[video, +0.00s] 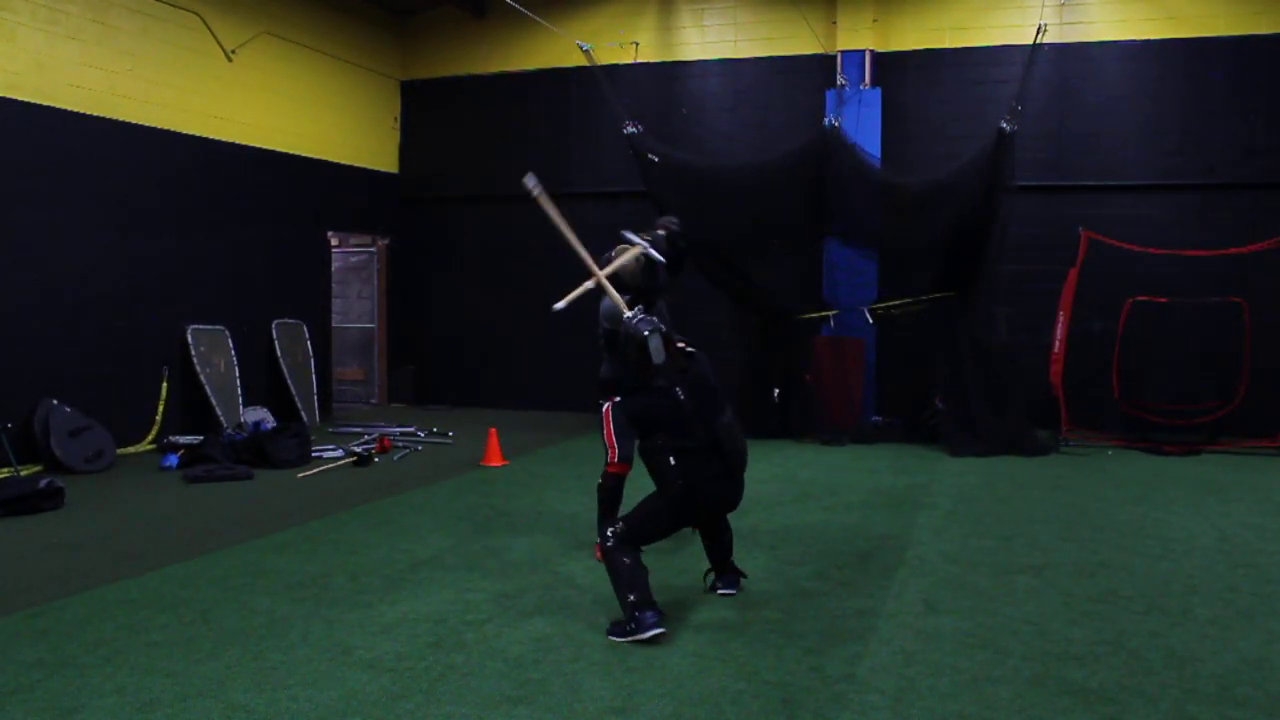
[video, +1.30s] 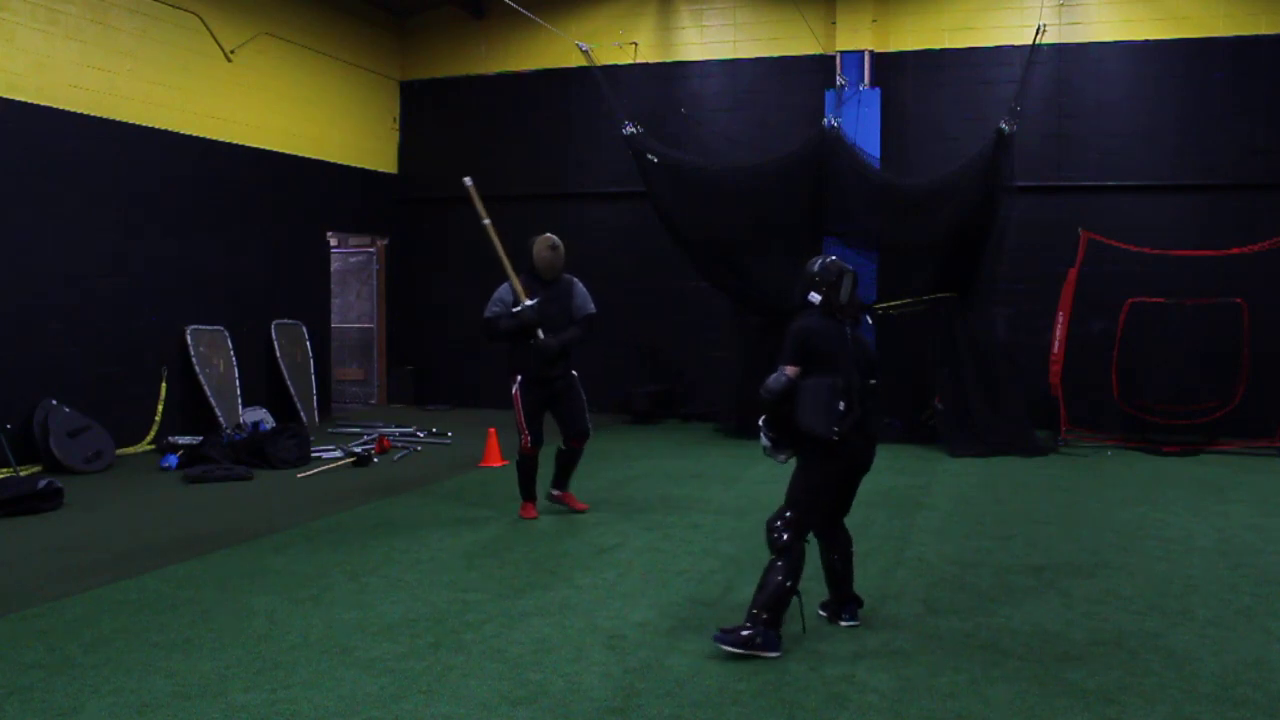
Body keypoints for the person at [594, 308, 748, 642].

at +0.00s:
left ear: (620, 363)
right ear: (662, 350)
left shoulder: (622, 403)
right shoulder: (692, 369)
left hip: (683, 495)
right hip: (728, 486)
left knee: (617, 538)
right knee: (703, 502)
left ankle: (641, 612)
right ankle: (727, 573)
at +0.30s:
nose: (639, 360)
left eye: (641, 352)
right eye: (639, 352)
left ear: (652, 353)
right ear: (680, 338)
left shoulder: (654, 394)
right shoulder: (718, 359)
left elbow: (650, 465)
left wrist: (625, 494)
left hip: (710, 481)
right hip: (754, 470)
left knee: (647, 533)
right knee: (747, 512)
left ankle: (645, 619)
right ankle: (788, 577)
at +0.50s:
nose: (686, 360)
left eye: (688, 354)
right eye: (686, 353)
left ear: (698, 356)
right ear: (722, 343)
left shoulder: (708, 391)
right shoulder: (752, 366)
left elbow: (688, 431)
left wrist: (686, 397)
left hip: (756, 482)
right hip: (786, 475)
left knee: (689, 525)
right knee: (744, 518)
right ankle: (792, 580)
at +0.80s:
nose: (725, 339)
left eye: (728, 332)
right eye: (727, 331)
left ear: (735, 333)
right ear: (764, 327)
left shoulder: (742, 375)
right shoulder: (792, 362)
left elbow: (711, 429)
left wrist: (711, 412)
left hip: (765, 483)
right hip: (804, 475)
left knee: (709, 537)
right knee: (766, 512)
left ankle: (744, 631)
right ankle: (794, 582)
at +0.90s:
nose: (735, 312)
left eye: (738, 305)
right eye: (737, 305)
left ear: (745, 309)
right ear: (777, 306)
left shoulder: (746, 351)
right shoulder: (802, 346)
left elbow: (721, 411)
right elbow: (810, 401)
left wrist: (714, 416)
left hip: (771, 463)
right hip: (811, 459)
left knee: (724, 530)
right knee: (789, 511)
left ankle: (746, 630)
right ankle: (795, 581)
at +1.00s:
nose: (749, 293)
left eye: (752, 287)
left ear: (755, 290)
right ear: (793, 289)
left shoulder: (753, 333)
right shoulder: (813, 333)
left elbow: (732, 391)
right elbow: (827, 386)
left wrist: (714, 408)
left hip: (777, 452)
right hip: (815, 450)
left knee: (738, 527)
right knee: (802, 512)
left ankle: (748, 629)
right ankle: (820, 589)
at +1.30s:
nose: (804, 292)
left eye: (808, 286)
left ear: (813, 289)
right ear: (844, 292)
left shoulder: (805, 327)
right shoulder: (854, 333)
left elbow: (782, 384)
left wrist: (767, 414)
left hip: (825, 446)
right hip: (858, 446)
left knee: (786, 529)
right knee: (830, 523)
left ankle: (762, 627)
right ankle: (844, 604)